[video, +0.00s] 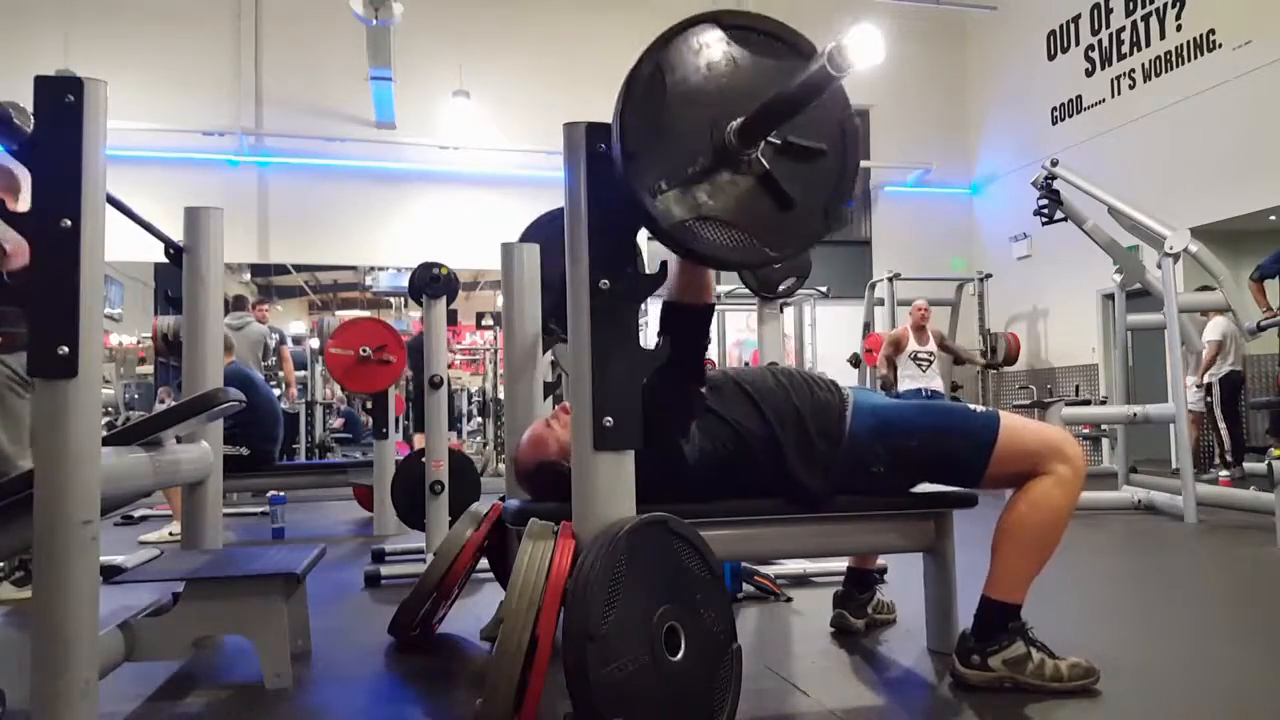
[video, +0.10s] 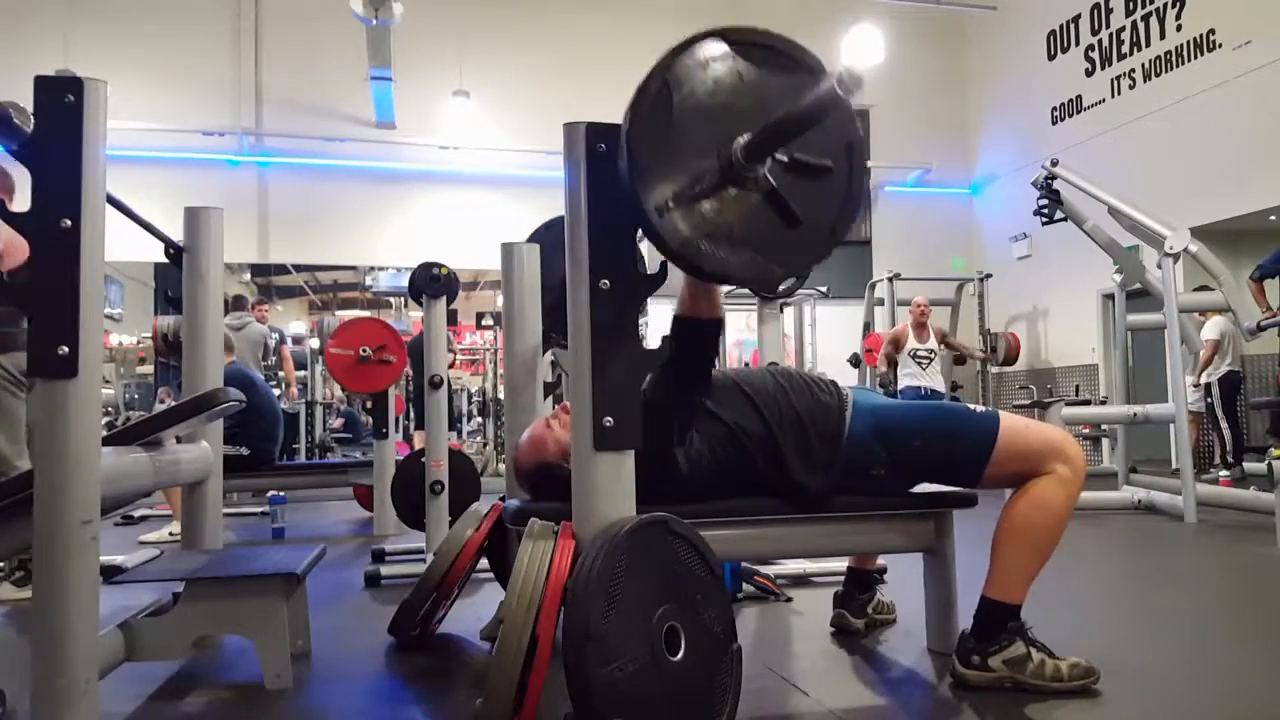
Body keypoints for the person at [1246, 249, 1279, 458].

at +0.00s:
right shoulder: (1278, 256)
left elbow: (1255, 279)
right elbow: (1255, 279)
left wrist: (1267, 309)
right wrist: (1267, 309)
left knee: (1277, 390)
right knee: (1278, 390)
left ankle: (1275, 440)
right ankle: (1275, 441)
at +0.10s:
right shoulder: (1278, 255)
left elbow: (1254, 279)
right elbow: (1254, 279)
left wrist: (1267, 309)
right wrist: (1267, 309)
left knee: (1277, 391)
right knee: (1277, 391)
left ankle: (1275, 441)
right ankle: (1275, 442)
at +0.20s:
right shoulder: (1278, 255)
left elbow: (1254, 279)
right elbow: (1254, 279)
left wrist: (1267, 309)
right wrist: (1267, 309)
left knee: (1278, 391)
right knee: (1278, 391)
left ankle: (1275, 441)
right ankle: (1275, 441)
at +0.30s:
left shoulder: (1277, 255)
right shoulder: (1278, 255)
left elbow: (1254, 279)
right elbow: (1254, 279)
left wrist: (1267, 310)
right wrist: (1267, 309)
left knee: (1277, 392)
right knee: (1278, 392)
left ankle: (1275, 441)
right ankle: (1275, 442)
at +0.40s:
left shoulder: (1277, 255)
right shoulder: (1278, 255)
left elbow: (1254, 279)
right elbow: (1254, 279)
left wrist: (1268, 310)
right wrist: (1267, 310)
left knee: (1277, 392)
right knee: (1278, 391)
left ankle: (1275, 441)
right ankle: (1275, 442)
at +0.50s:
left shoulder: (1277, 255)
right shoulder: (1278, 255)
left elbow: (1254, 279)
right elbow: (1255, 279)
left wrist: (1268, 309)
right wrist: (1267, 309)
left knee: (1277, 393)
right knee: (1278, 393)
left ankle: (1275, 442)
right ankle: (1275, 442)